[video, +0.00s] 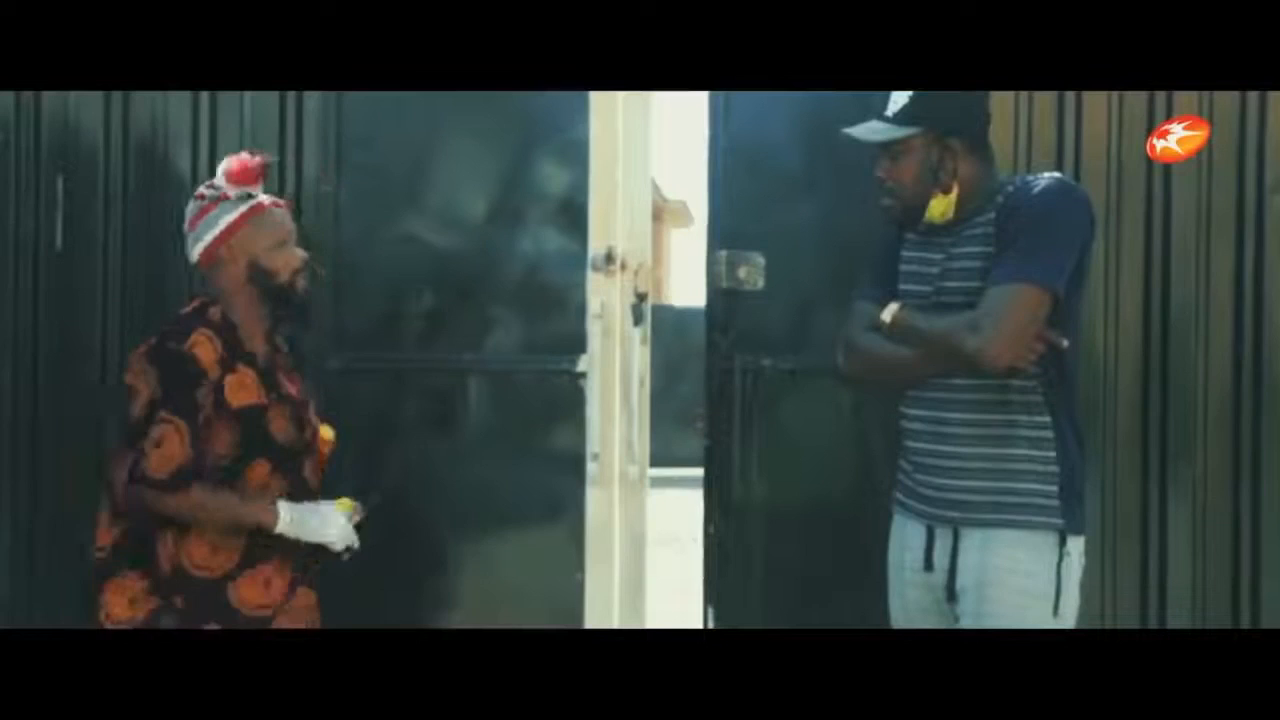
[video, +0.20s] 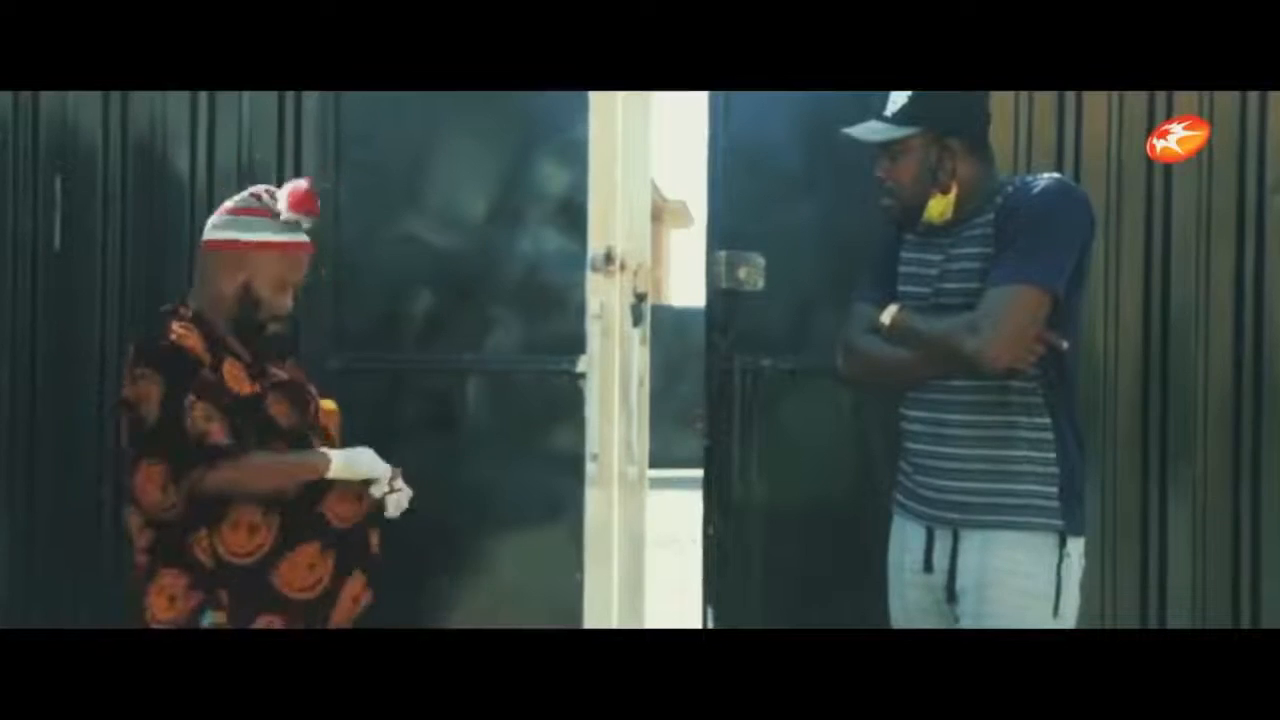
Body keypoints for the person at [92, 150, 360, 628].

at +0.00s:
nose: (302, 258)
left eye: (296, 242)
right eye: (282, 246)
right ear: (229, 260)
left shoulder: (274, 351)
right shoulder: (178, 356)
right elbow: (147, 484)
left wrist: (314, 512)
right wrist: (284, 518)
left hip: (267, 609)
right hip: (185, 612)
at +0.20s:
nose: (290, 307)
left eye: (295, 291)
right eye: (282, 289)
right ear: (235, 281)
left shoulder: (277, 367)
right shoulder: (169, 358)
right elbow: (181, 480)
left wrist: (359, 497)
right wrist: (323, 466)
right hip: (207, 608)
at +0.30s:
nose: (297, 292)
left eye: (299, 277)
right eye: (289, 275)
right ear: (239, 274)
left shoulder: (275, 359)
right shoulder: (175, 352)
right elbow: (200, 473)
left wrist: (352, 479)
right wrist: (328, 451)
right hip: (212, 610)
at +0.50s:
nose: (282, 244)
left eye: (280, 231)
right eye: (262, 233)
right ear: (215, 253)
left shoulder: (279, 356)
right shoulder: (184, 344)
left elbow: (286, 463)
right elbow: (231, 472)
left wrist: (352, 487)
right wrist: (311, 400)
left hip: (273, 595)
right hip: (195, 599)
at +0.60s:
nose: (281, 237)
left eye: (275, 225)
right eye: (257, 224)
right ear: (212, 254)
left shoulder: (282, 356)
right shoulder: (184, 344)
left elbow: (286, 464)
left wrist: (342, 484)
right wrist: (299, 429)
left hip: (273, 590)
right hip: (196, 597)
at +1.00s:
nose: (295, 242)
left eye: (285, 224)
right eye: (271, 222)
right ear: (229, 254)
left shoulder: (283, 355)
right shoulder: (192, 347)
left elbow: (276, 465)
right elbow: (242, 453)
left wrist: (341, 466)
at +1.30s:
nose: (299, 308)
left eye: (304, 293)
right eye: (296, 290)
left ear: (255, 273)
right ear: (253, 270)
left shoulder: (256, 352)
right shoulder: (177, 349)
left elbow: (266, 475)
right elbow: (237, 458)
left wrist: (344, 446)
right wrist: (329, 391)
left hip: (263, 602)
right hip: (190, 607)